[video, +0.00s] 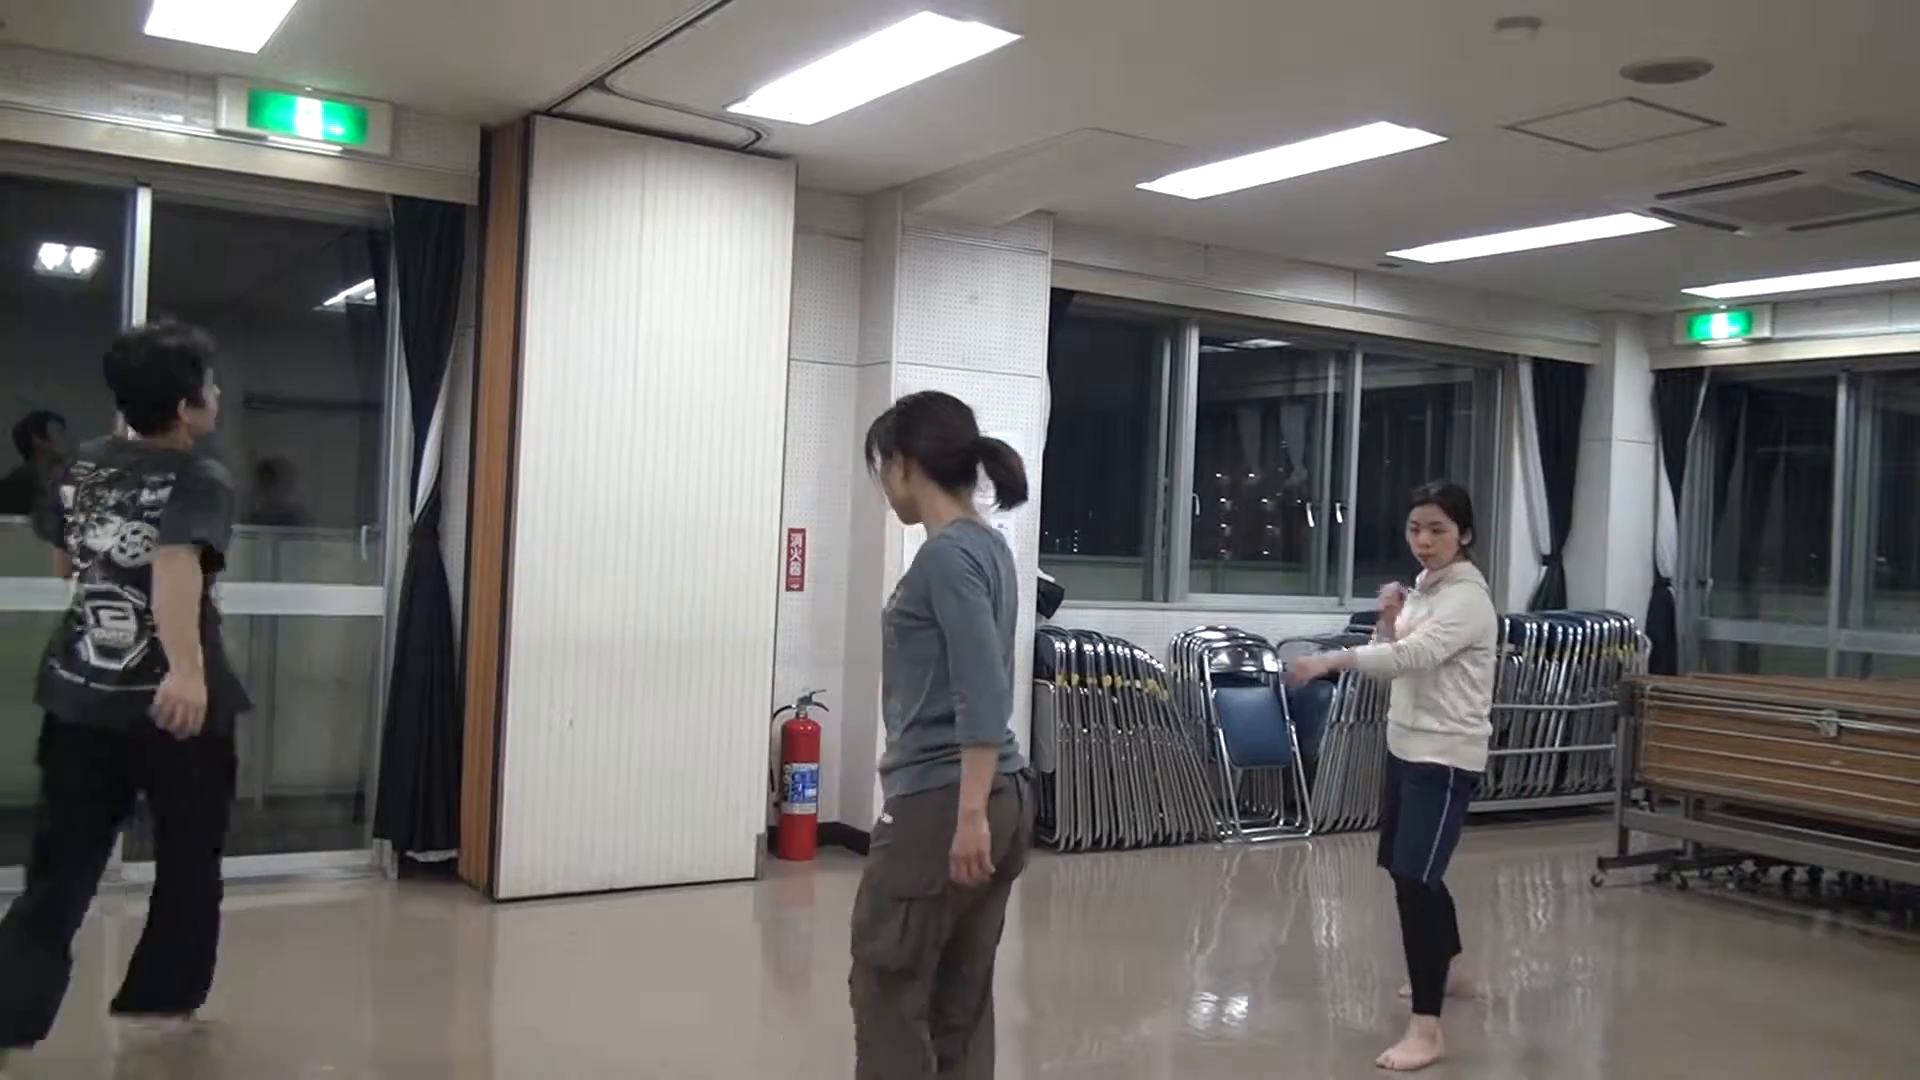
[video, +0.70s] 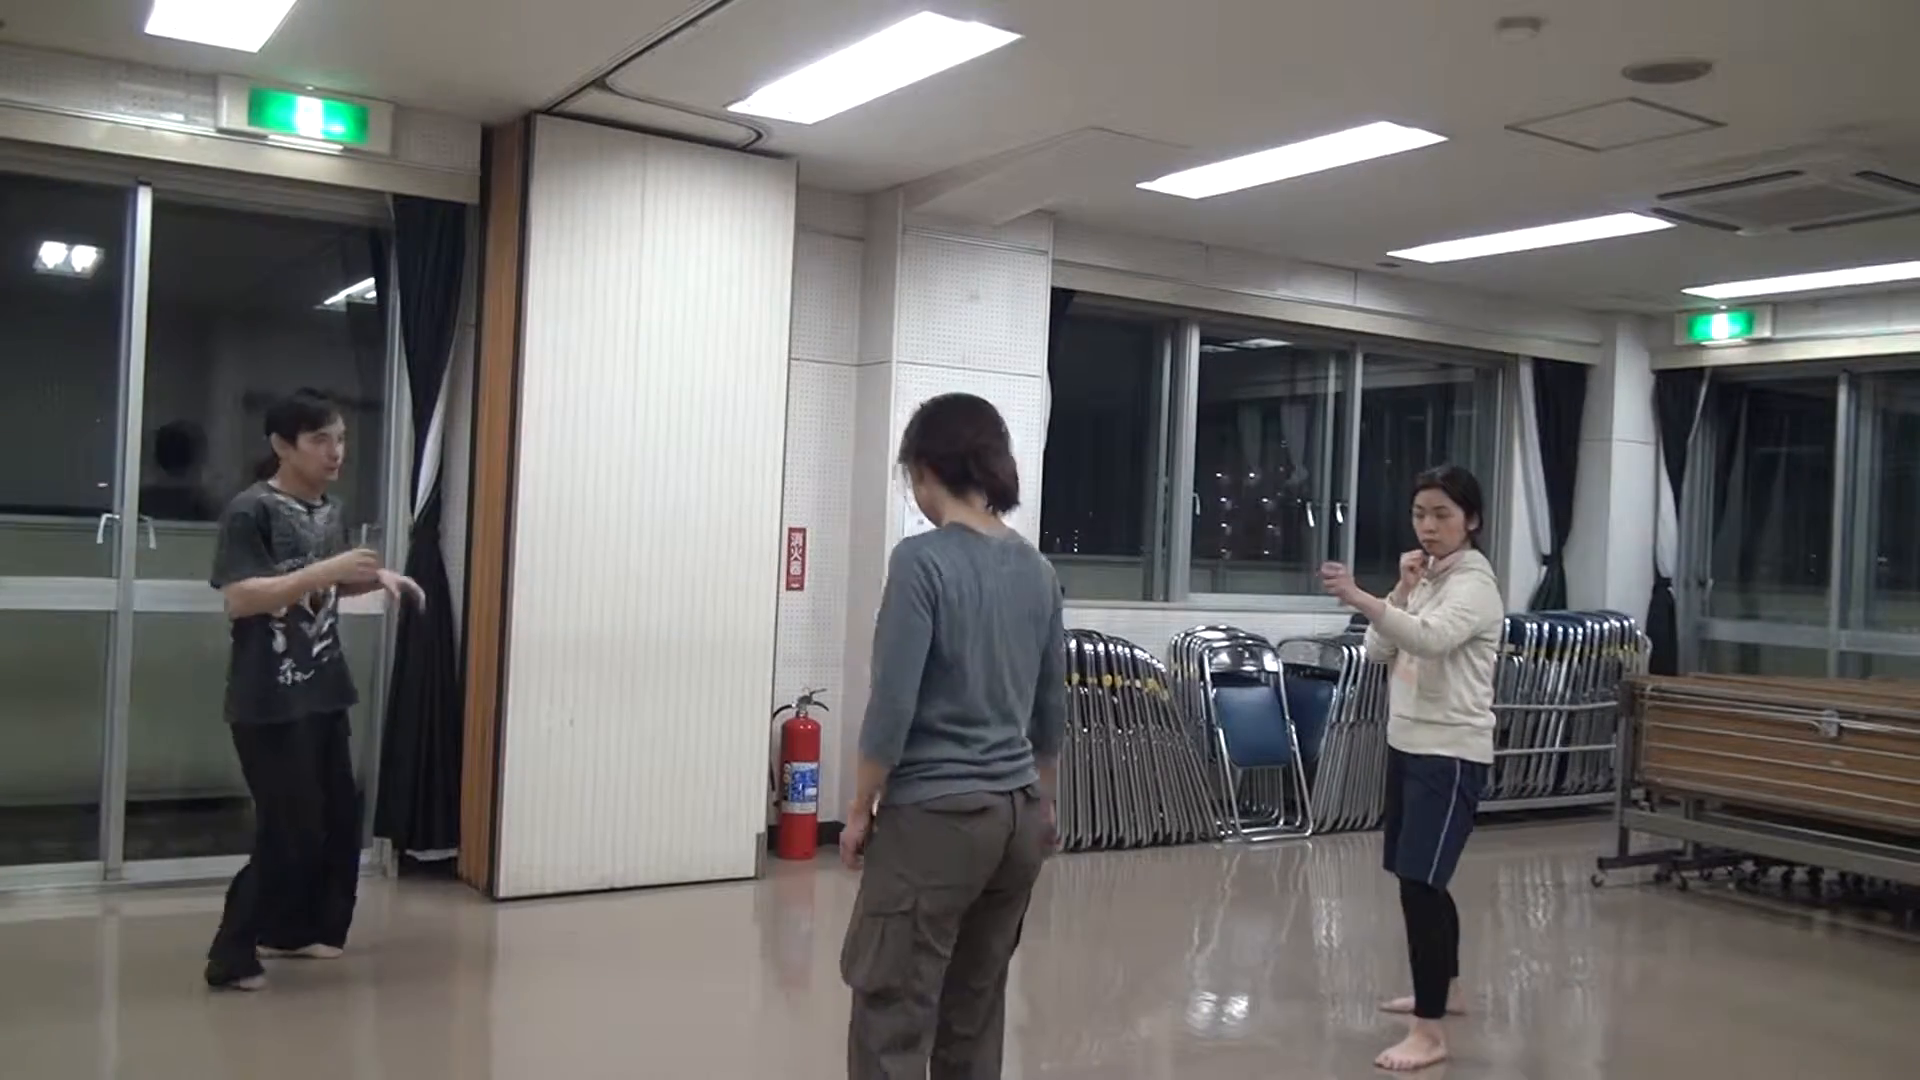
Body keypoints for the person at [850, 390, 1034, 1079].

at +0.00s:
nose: (882, 486)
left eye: (881, 469)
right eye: (879, 470)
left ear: (906, 464)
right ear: (961, 462)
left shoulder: (948, 555)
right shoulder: (989, 548)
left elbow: (982, 691)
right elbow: (981, 689)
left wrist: (972, 812)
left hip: (939, 805)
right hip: (992, 799)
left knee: (885, 990)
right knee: (961, 1002)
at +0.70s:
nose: (913, 492)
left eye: (913, 474)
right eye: (912, 476)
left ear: (928, 471)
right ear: (992, 469)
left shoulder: (922, 559)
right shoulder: (1038, 570)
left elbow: (893, 703)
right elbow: (1051, 705)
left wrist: (861, 808)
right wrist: (1042, 800)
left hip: (932, 824)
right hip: (1017, 821)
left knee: (893, 1019)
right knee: (973, 1017)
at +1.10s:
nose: (997, 468)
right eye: (997, 456)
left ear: (905, 464)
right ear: (992, 462)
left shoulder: (863, 557)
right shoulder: (1031, 570)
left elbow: (811, 694)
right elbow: (1055, 715)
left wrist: (787, 799)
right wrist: (1068, 837)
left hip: (902, 831)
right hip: (1015, 829)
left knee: (897, 1030)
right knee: (1017, 1028)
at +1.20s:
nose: (999, 468)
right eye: (1000, 456)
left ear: (909, 463)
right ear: (994, 461)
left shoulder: (866, 557)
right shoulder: (1033, 570)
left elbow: (812, 697)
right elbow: (1054, 713)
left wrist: (783, 801)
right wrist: (1069, 833)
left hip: (903, 831)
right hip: (1017, 829)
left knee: (899, 1033)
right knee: (1041, 1028)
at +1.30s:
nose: (1007, 466)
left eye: (1002, 454)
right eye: (1006, 454)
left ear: (915, 463)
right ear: (999, 461)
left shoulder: (872, 558)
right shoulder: (1040, 569)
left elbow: (818, 698)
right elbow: (1064, 711)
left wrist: (789, 801)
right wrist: (1080, 830)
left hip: (908, 830)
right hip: (1024, 827)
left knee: (903, 1031)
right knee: (1059, 1025)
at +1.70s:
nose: (983, 480)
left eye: (983, 464)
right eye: (983, 465)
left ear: (999, 468)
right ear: (1071, 469)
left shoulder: (960, 568)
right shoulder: (1118, 573)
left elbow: (918, 704)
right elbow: (1142, 708)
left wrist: (892, 815)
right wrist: (1151, 825)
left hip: (988, 824)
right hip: (1098, 825)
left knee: (950, 1021)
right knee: (1102, 1027)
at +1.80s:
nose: (1008, 479)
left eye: (1011, 463)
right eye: (1009, 463)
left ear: (1030, 467)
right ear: (1093, 468)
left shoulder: (987, 567)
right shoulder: (1143, 571)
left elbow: (950, 705)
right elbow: (1165, 707)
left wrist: (924, 816)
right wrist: (1171, 822)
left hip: (1014, 820)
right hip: (1123, 821)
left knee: (963, 1012)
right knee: (1116, 1024)